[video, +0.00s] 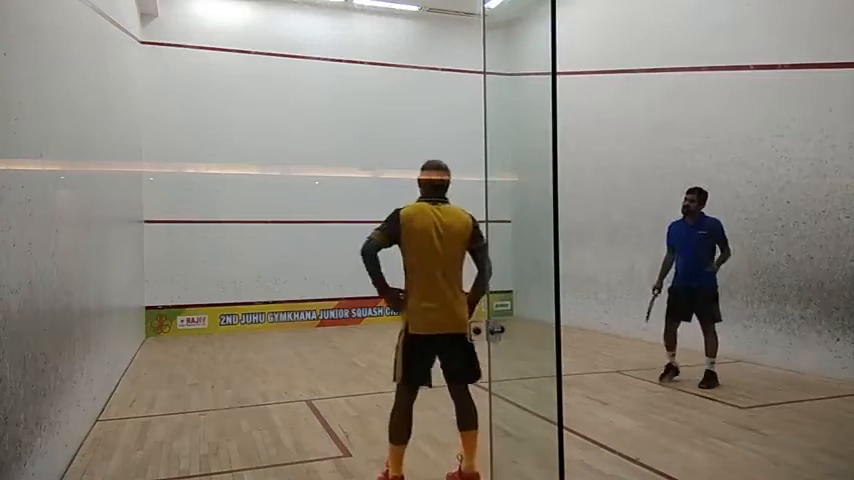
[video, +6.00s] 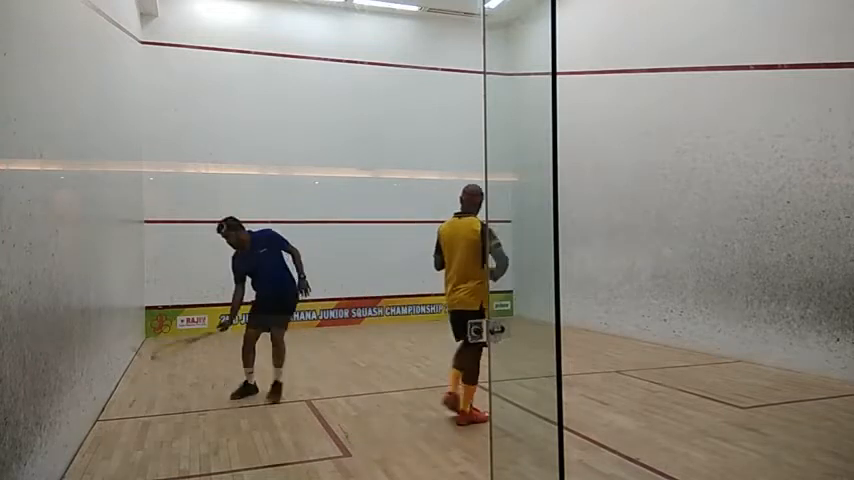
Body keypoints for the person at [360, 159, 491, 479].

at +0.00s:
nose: (432, 184)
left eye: (426, 179)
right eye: (438, 179)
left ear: (419, 184)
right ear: (449, 185)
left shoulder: (403, 216)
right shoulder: (466, 220)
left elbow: (368, 250)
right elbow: (485, 271)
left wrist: (386, 292)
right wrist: (469, 302)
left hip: (417, 324)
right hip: (455, 322)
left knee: (405, 397)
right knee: (461, 394)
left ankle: (394, 471)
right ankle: (470, 467)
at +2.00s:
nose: (377, 195)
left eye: (378, 190)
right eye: (381, 188)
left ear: (380, 193)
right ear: (406, 193)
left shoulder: (377, 223)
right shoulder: (425, 225)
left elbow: (362, 276)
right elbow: (444, 270)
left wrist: (366, 256)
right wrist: (413, 273)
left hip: (399, 328)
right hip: (431, 325)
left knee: (391, 400)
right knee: (425, 387)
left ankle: (396, 475)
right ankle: (424, 458)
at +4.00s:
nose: (333, 190)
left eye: (332, 185)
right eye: (344, 187)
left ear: (330, 190)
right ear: (356, 196)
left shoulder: (309, 221)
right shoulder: (367, 228)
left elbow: (288, 260)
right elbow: (379, 278)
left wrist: (274, 286)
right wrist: (377, 318)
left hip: (325, 324)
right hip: (360, 321)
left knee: (327, 392)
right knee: (364, 372)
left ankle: (339, 467)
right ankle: (382, 435)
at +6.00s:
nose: (478, 201)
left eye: (475, 196)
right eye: (478, 197)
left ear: (460, 199)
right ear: (479, 201)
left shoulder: (444, 228)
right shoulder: (481, 228)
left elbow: (438, 263)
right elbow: (502, 261)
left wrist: (458, 252)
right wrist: (492, 275)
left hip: (453, 300)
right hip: (475, 300)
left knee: (465, 343)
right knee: (474, 348)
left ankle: (453, 390)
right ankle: (466, 409)